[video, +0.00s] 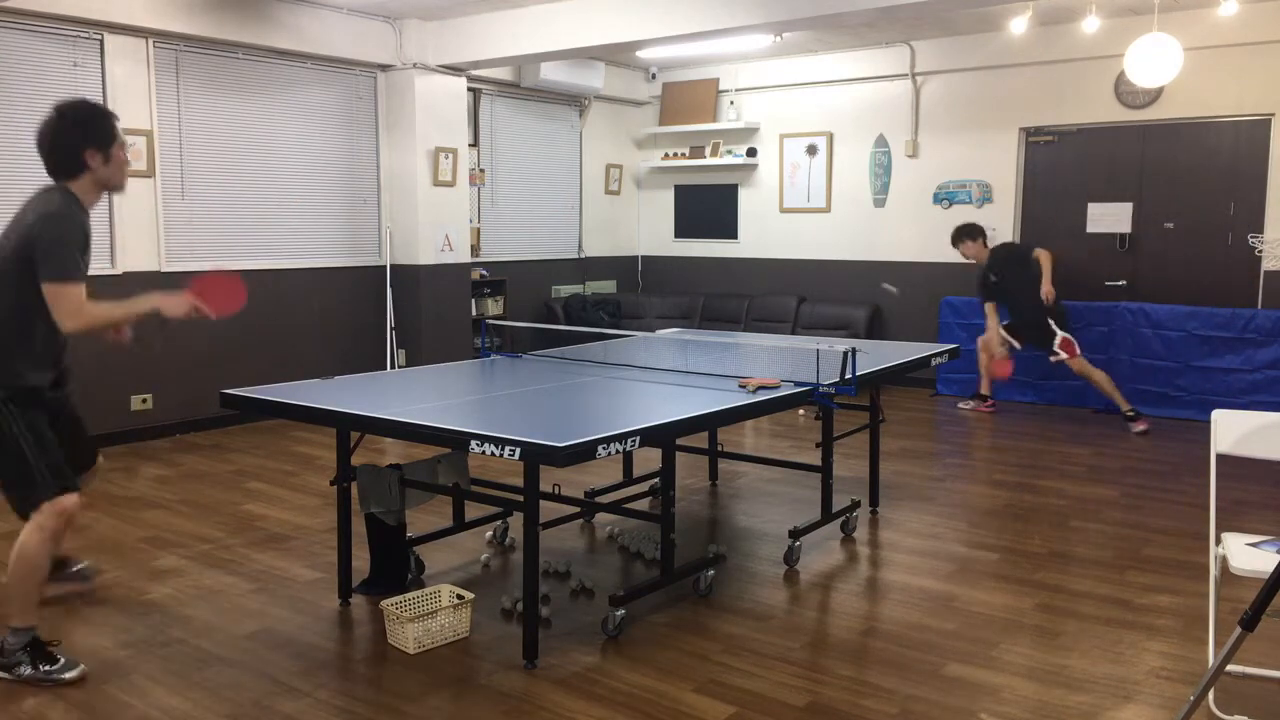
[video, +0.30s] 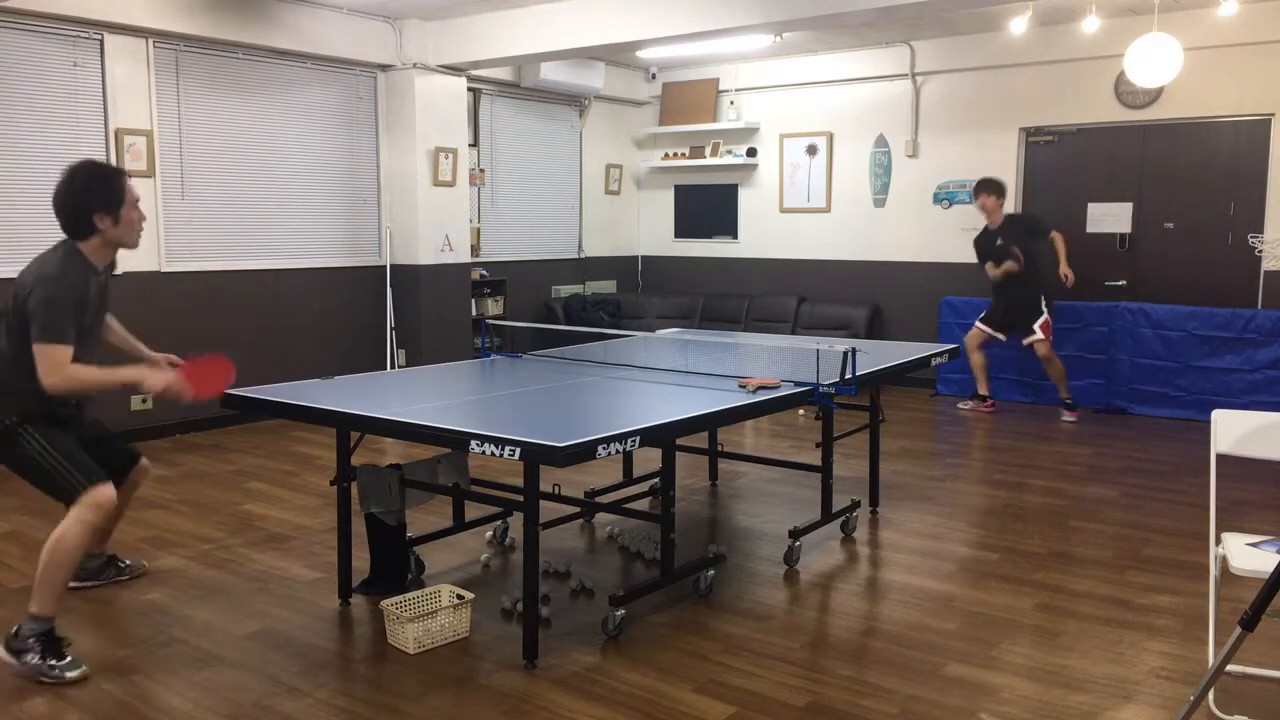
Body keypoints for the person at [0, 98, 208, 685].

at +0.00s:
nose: (128, 154)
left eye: (123, 144)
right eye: (119, 146)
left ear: (83, 159)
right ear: (92, 159)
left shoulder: (60, 209)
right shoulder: (58, 217)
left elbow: (51, 302)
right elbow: (72, 315)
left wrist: (105, 320)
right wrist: (156, 302)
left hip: (37, 380)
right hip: (13, 388)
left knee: (77, 463)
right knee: (55, 505)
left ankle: (45, 561)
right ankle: (14, 643)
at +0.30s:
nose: (142, 213)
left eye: (137, 202)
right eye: (132, 205)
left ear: (100, 218)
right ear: (101, 220)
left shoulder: (97, 263)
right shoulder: (56, 279)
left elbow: (94, 320)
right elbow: (54, 377)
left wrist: (146, 353)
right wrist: (136, 376)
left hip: (57, 407)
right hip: (16, 417)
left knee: (131, 470)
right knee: (95, 497)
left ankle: (88, 560)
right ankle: (32, 635)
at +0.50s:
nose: (136, 243)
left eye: (132, 232)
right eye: (126, 237)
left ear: (96, 252)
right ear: (92, 253)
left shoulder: (120, 292)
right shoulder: (35, 310)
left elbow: (133, 339)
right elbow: (11, 407)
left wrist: (156, 373)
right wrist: (61, 463)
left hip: (78, 420)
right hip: (27, 424)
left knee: (154, 483)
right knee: (88, 502)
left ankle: (91, 555)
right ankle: (48, 639)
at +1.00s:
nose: (61, 189)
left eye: (60, 176)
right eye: (45, 182)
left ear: (61, 175)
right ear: (10, 200)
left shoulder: (46, 239)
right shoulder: (21, 257)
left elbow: (76, 304)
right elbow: (73, 348)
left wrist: (118, 304)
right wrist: (143, 322)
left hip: (81, 394)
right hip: (47, 409)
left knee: (144, 467)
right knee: (121, 517)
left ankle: (105, 558)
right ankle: (45, 642)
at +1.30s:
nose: (68, 190)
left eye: (63, 178)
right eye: (58, 181)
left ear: (18, 196)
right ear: (25, 196)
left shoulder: (7, 247)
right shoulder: (49, 249)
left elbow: (19, 320)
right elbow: (158, 268)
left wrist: (79, 318)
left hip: (13, 427)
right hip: (60, 427)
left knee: (68, 510)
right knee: (149, 548)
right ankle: (97, 687)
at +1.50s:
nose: (92, 143)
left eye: (86, 132)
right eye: (81, 135)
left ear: (41, 153)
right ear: (52, 152)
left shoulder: (17, 208)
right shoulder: (45, 217)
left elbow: (32, 293)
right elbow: (79, 308)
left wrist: (98, 283)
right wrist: (160, 287)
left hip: (10, 388)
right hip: (30, 392)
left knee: (29, 500)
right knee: (90, 505)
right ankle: (69, 663)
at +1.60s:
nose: (106, 135)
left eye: (100, 123)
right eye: (95, 126)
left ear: (61, 141)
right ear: (67, 140)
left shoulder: (48, 196)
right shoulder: (44, 201)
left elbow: (63, 290)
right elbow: (66, 299)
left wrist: (134, 282)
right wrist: (147, 282)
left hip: (22, 381)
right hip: (15, 385)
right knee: (63, 498)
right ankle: (14, 650)